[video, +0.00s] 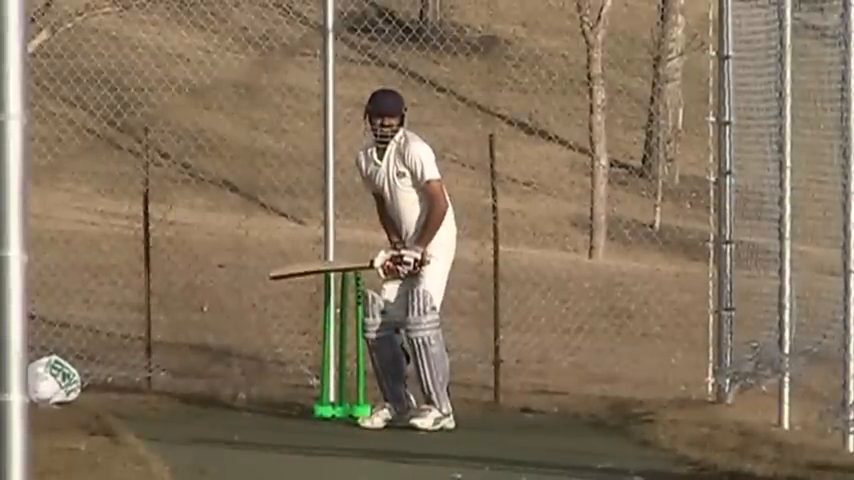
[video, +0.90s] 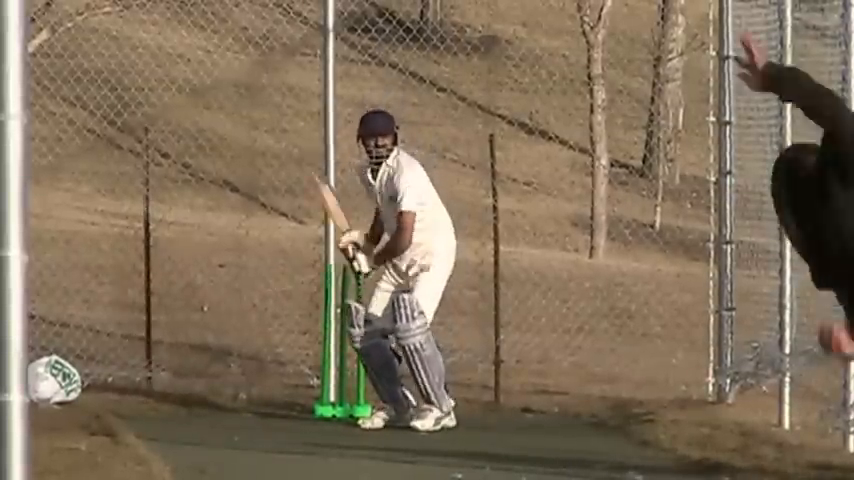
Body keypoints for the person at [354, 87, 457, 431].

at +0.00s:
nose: (385, 126)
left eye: (392, 120)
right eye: (379, 119)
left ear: (402, 121)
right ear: (368, 120)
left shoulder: (414, 150)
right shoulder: (365, 157)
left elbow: (439, 202)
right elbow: (382, 203)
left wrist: (419, 247)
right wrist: (396, 246)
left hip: (434, 241)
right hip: (403, 244)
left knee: (420, 318)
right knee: (377, 319)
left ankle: (438, 407)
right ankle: (398, 403)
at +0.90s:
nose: (377, 146)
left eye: (384, 139)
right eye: (370, 140)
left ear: (395, 139)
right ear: (361, 142)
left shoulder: (406, 173)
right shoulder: (369, 172)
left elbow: (404, 238)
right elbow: (382, 212)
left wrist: (374, 260)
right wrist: (366, 243)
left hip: (431, 257)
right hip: (397, 258)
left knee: (411, 327)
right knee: (369, 330)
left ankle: (439, 406)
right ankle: (397, 405)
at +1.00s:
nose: (383, 148)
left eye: (390, 141)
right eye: (375, 142)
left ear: (401, 142)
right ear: (367, 144)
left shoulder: (411, 177)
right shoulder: (371, 169)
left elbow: (398, 241)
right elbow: (376, 202)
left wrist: (360, 249)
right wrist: (358, 228)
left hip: (431, 259)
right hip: (397, 261)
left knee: (418, 325)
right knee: (361, 330)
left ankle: (442, 406)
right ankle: (395, 404)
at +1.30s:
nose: (416, 148)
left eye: (422, 141)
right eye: (408, 142)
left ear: (431, 138)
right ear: (396, 142)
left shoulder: (441, 147)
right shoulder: (402, 178)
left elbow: (463, 176)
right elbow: (431, 225)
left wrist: (480, 218)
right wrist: (467, 241)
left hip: (448, 256)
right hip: (409, 259)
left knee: (461, 322)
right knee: (390, 329)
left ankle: (450, 401)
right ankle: (362, 394)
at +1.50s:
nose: (456, 139)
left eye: (456, 133)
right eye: (451, 134)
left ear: (435, 133)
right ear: (434, 135)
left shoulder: (435, 152)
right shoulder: (429, 165)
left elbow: (478, 153)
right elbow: (485, 166)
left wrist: (521, 140)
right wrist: (524, 139)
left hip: (450, 251)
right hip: (423, 255)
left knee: (470, 326)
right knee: (412, 339)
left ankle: (451, 406)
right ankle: (368, 386)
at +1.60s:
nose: (482, 122)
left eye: (481, 115)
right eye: (478, 115)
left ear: (447, 116)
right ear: (465, 117)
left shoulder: (428, 140)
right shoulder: (463, 151)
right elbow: (499, 146)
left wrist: (498, 109)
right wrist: (502, 112)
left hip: (450, 246)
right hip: (431, 247)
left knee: (473, 326)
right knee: (422, 339)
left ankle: (448, 404)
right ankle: (365, 380)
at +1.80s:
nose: (499, 107)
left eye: (498, 102)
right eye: (498, 103)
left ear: (461, 101)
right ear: (492, 105)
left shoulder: (436, 132)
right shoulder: (496, 139)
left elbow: (422, 169)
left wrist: (430, 125)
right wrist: (449, 116)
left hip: (429, 229)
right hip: (455, 232)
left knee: (460, 318)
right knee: (445, 320)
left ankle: (438, 402)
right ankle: (400, 395)